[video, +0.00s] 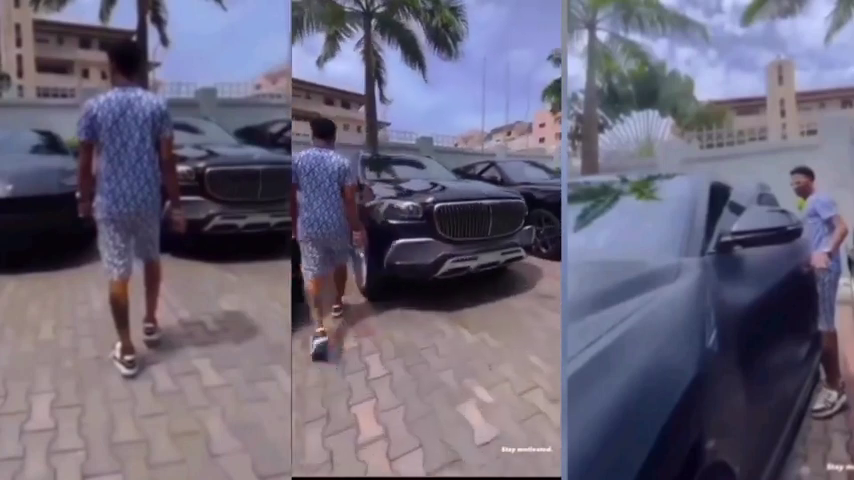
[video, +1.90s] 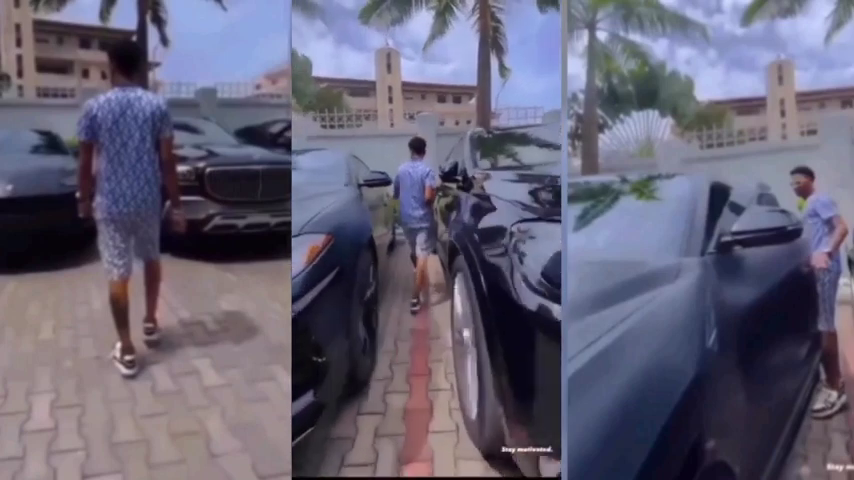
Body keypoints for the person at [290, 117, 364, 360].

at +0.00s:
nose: (325, 141)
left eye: (319, 135)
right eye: (330, 137)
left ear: (313, 135)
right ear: (334, 137)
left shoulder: (299, 160)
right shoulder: (342, 163)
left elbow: (293, 197)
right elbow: (349, 198)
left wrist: (295, 226)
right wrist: (356, 225)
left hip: (308, 226)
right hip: (336, 225)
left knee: (313, 277)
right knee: (340, 263)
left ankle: (319, 327)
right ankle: (338, 301)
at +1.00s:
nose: (334, 139)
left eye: (329, 136)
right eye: (337, 136)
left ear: (322, 137)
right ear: (340, 137)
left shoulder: (312, 161)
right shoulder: (349, 159)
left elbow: (311, 192)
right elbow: (357, 189)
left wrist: (318, 205)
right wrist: (360, 207)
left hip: (325, 214)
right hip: (349, 213)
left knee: (334, 260)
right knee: (357, 252)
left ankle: (342, 305)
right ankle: (357, 290)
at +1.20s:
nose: (354, 145)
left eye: (349, 142)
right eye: (357, 142)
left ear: (344, 143)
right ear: (362, 143)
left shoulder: (333, 165)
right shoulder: (368, 165)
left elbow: (333, 193)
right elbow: (373, 193)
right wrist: (382, 187)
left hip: (344, 217)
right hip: (366, 216)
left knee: (351, 260)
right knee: (369, 256)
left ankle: (357, 307)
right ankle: (367, 283)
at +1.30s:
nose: (367, 148)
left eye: (362, 144)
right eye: (370, 145)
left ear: (356, 145)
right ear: (373, 146)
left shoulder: (346, 167)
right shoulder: (377, 168)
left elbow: (345, 190)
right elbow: (381, 196)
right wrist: (390, 187)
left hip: (354, 215)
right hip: (374, 215)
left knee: (359, 258)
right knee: (376, 253)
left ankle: (364, 304)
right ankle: (373, 284)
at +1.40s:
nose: (380, 148)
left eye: (375, 144)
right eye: (382, 145)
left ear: (368, 146)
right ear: (384, 146)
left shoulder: (358, 166)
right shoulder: (386, 168)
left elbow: (358, 187)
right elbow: (388, 196)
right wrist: (399, 189)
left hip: (363, 214)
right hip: (382, 215)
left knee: (368, 254)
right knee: (385, 253)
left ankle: (370, 292)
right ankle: (381, 285)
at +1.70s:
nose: (411, 147)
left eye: (407, 145)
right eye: (411, 144)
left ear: (396, 146)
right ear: (411, 146)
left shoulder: (387, 165)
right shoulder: (411, 167)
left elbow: (384, 188)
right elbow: (411, 193)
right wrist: (419, 193)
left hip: (392, 214)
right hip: (409, 215)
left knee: (394, 248)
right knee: (409, 253)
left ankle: (396, 281)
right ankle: (403, 291)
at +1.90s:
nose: (419, 153)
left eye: (414, 150)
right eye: (422, 150)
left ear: (410, 151)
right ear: (424, 151)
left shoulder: (401, 170)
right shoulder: (427, 170)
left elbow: (395, 194)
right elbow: (428, 196)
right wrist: (435, 189)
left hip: (406, 218)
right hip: (423, 218)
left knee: (414, 252)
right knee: (422, 257)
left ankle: (422, 278)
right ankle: (415, 298)